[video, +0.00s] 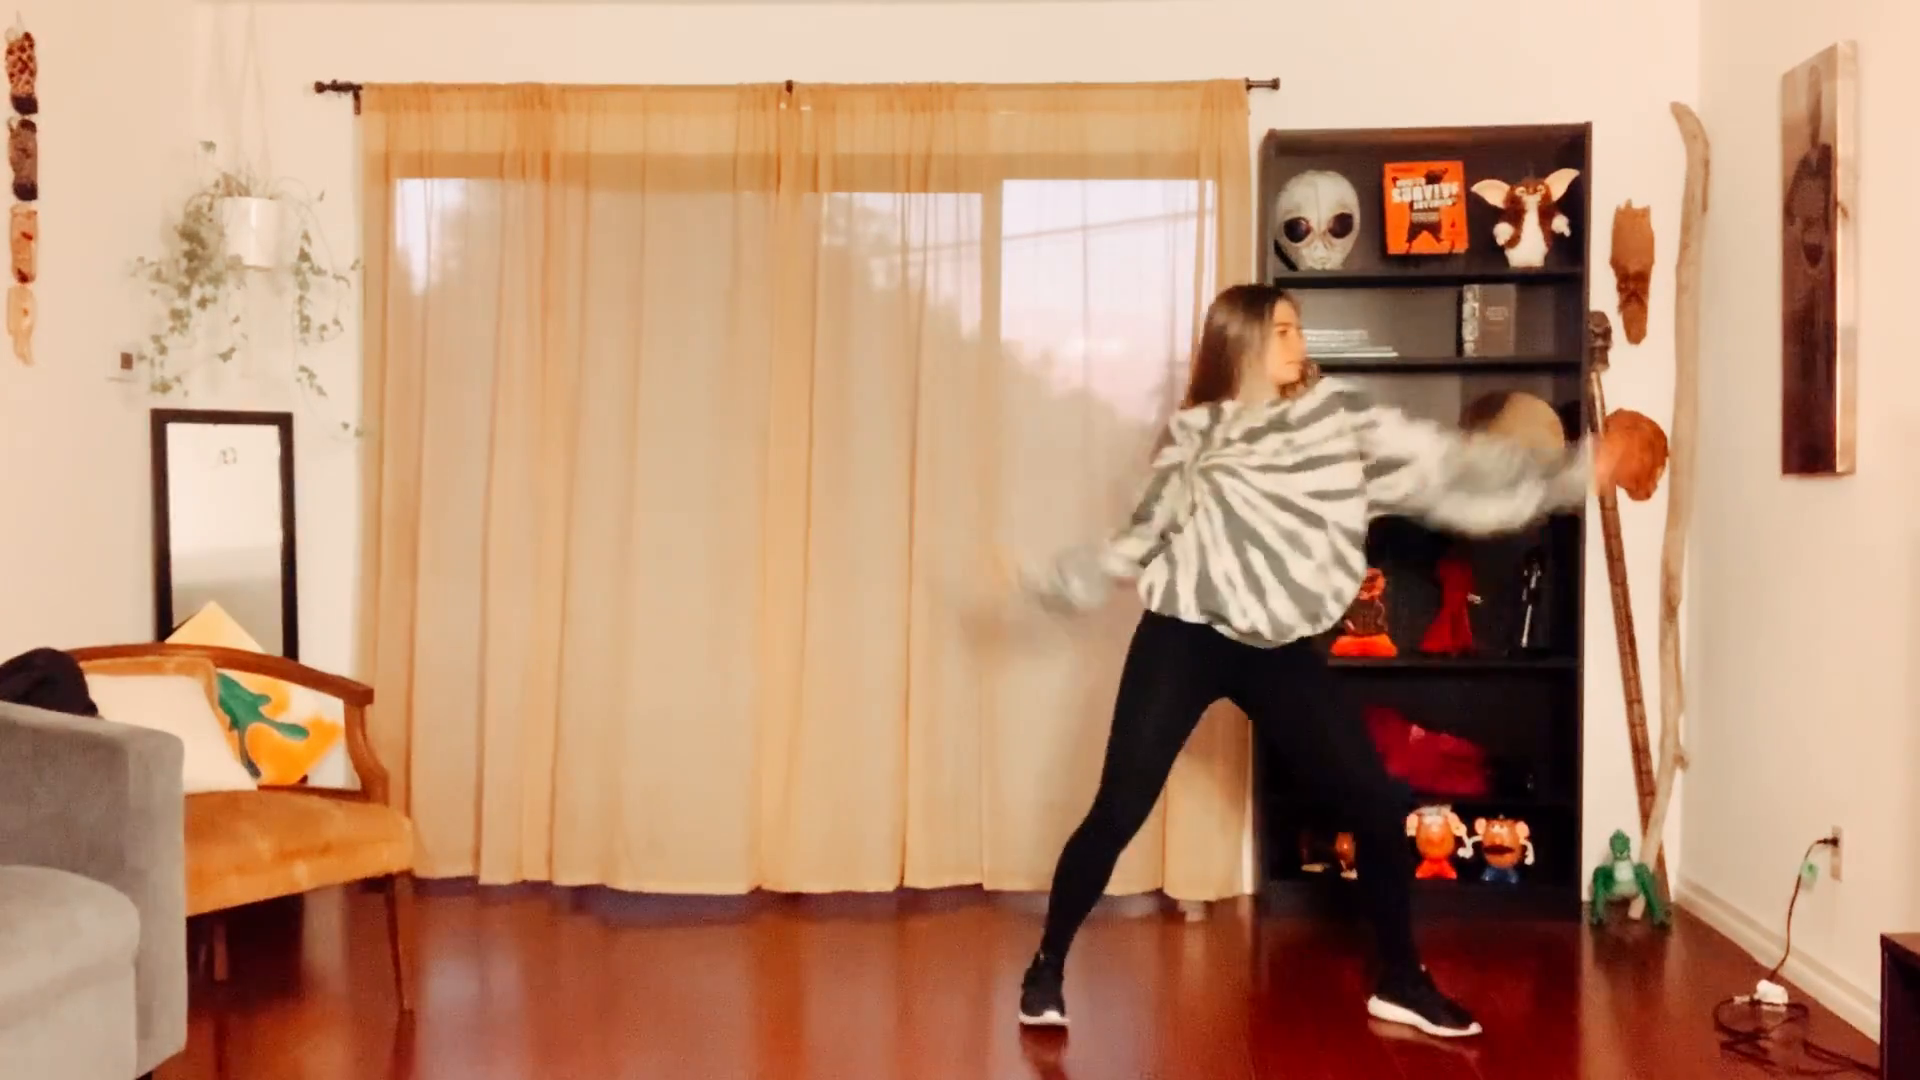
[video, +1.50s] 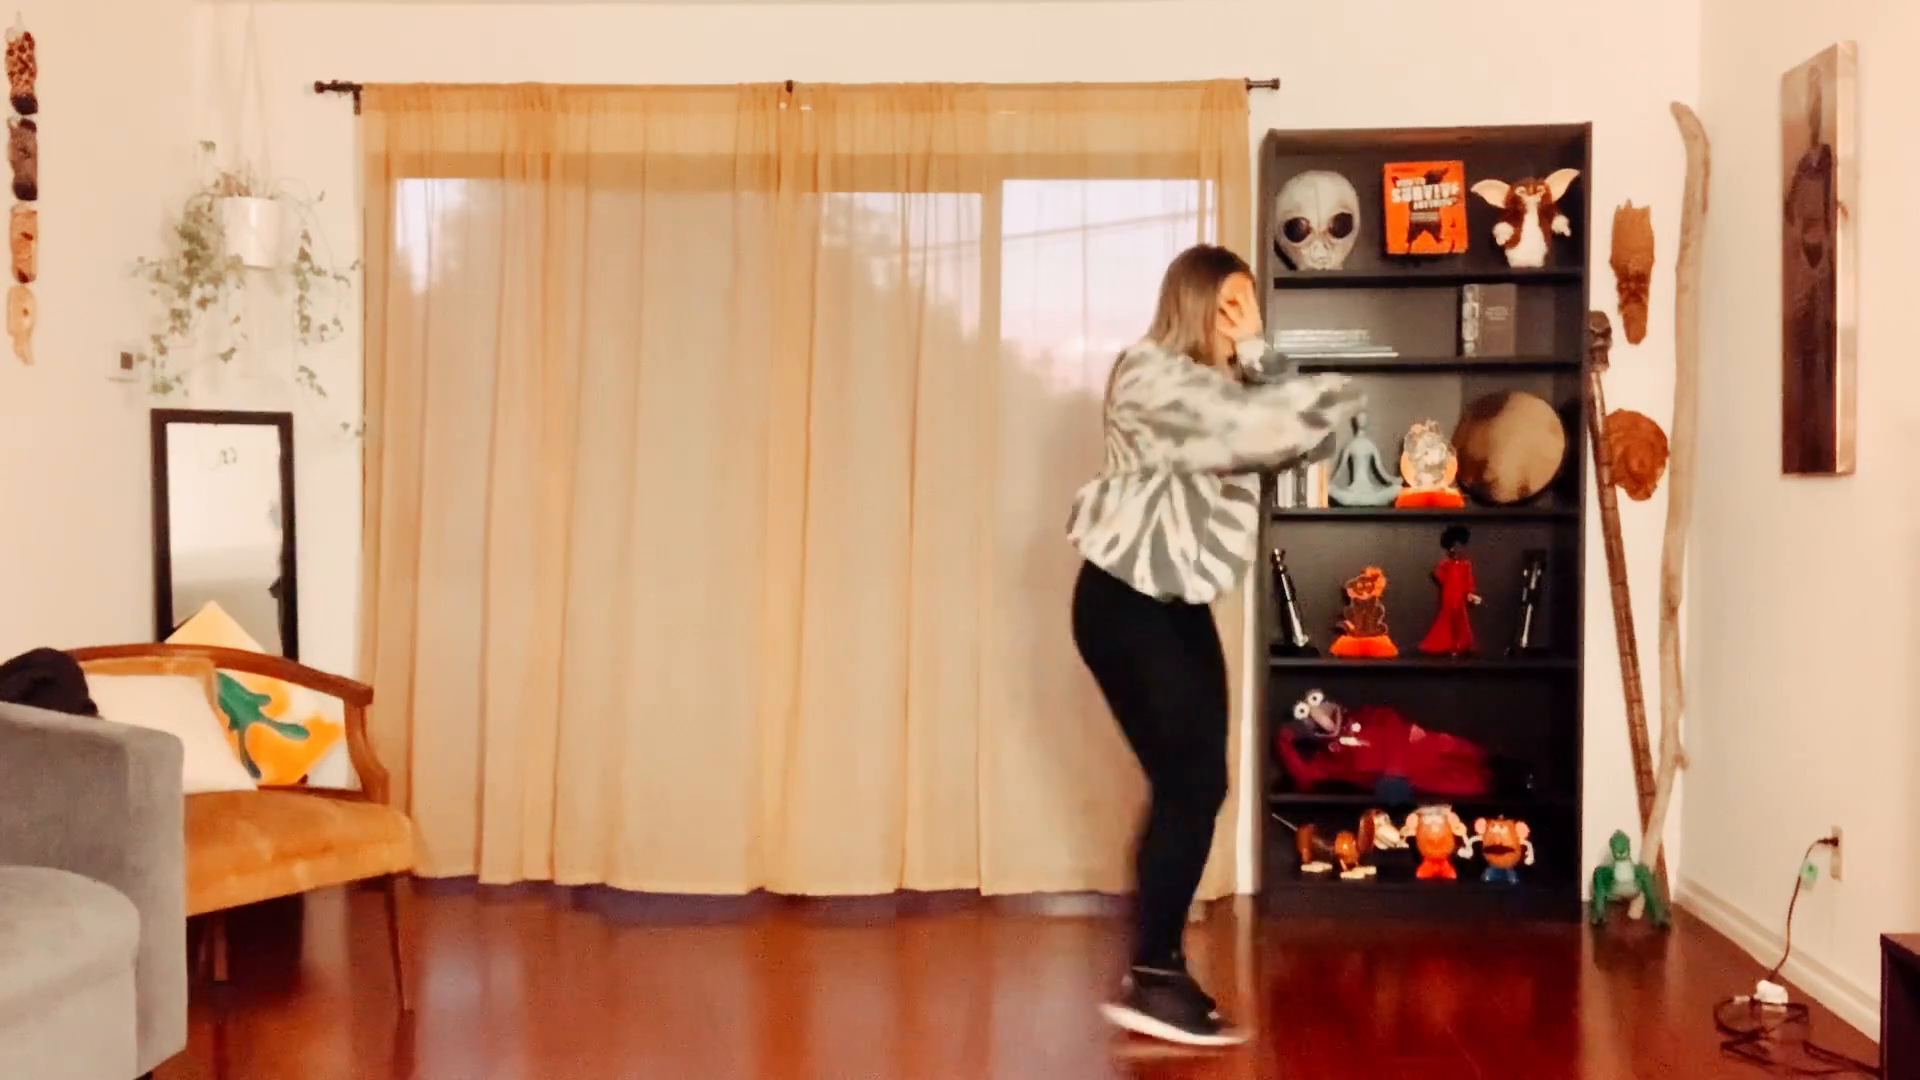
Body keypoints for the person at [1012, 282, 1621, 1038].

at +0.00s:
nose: (1299, 340)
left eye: (1298, 327)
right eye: (1283, 328)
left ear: (1296, 342)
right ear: (1243, 343)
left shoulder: (1344, 422)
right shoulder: (1200, 435)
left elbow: (1456, 470)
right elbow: (1139, 540)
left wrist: (1575, 472)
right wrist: (1048, 581)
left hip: (1284, 648)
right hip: (1182, 635)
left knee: (1377, 803)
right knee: (1120, 807)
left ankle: (1398, 979)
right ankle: (1048, 965)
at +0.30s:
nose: (1282, 337)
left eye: (1280, 323)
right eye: (1267, 324)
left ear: (1270, 334)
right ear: (1228, 339)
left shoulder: (1326, 419)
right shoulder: (1163, 428)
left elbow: (1437, 435)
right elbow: (1080, 514)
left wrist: (1539, 439)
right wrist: (1011, 592)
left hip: (1249, 644)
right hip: (1145, 634)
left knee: (1326, 809)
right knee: (1095, 814)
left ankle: (1393, 977)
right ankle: (1042, 972)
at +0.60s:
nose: (1226, 341)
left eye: (1226, 328)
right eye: (1211, 328)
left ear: (1218, 342)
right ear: (1168, 335)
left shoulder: (1221, 447)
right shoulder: (1118, 408)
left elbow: (1220, 567)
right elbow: (1136, 302)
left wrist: (1243, 663)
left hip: (1163, 643)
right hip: (1091, 627)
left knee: (1256, 783)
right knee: (1089, 818)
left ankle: (1193, 950)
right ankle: (1001, 963)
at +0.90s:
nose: (1207, 351)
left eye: (1209, 339)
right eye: (1195, 336)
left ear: (1200, 344)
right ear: (1154, 336)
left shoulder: (1191, 417)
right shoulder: (1129, 399)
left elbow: (1246, 524)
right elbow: (1233, 416)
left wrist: (1266, 448)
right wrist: (1300, 409)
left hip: (1183, 638)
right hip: (1140, 636)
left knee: (1237, 809)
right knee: (1233, 811)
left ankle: (1139, 965)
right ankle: (1106, 944)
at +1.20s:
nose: (1233, 352)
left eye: (1239, 339)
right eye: (1218, 338)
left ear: (1247, 346)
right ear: (1182, 337)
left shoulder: (1258, 414)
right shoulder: (1144, 409)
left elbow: (1343, 440)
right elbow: (1095, 446)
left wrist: (1258, 384)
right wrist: (1214, 424)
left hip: (1244, 633)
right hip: (1185, 633)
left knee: (1272, 807)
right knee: (1304, 793)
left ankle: (1160, 951)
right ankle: (1320, 998)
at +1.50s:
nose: (1248, 324)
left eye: (1251, 308)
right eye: (1238, 306)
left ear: (1215, 308)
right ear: (1202, 304)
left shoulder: (1207, 379)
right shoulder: (1151, 374)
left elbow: (1271, 425)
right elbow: (1252, 430)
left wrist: (1258, 363)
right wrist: (1337, 398)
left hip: (1177, 601)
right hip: (1126, 601)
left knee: (1201, 780)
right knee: (1189, 781)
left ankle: (1159, 968)